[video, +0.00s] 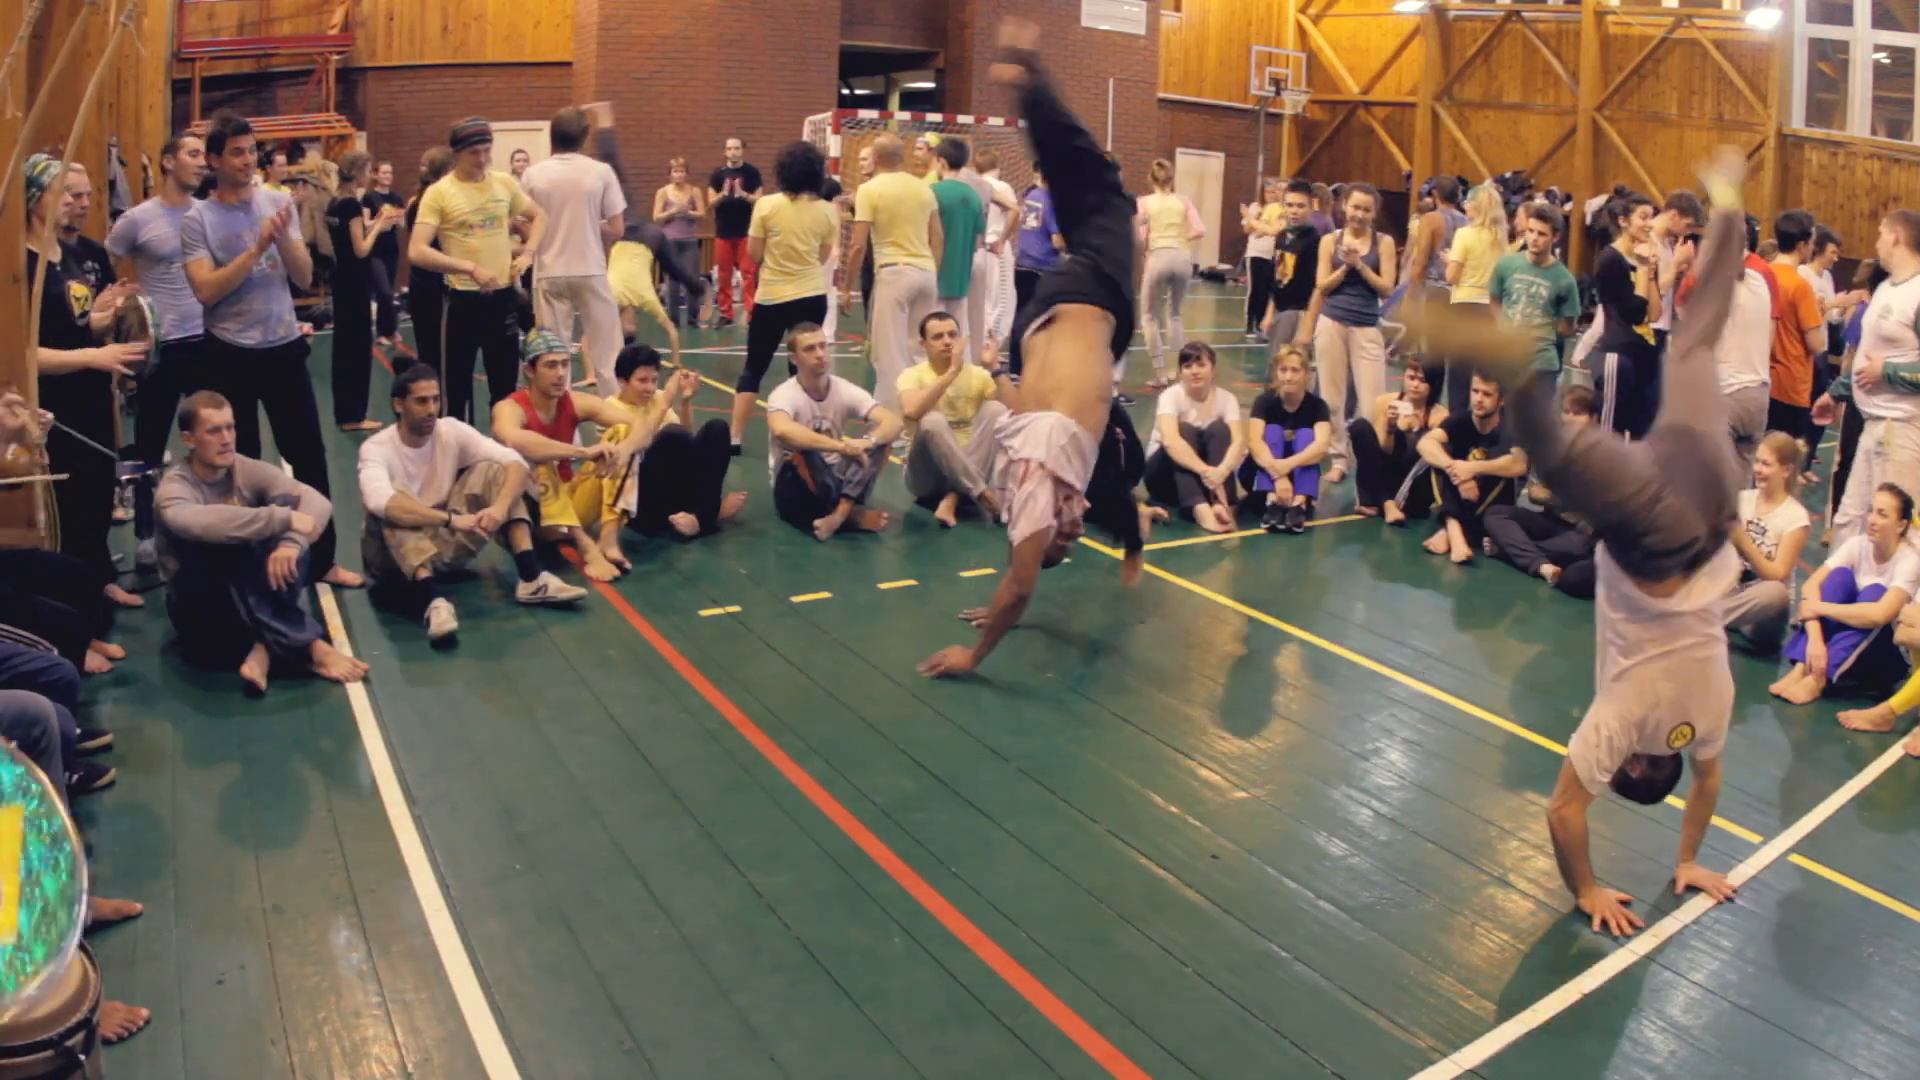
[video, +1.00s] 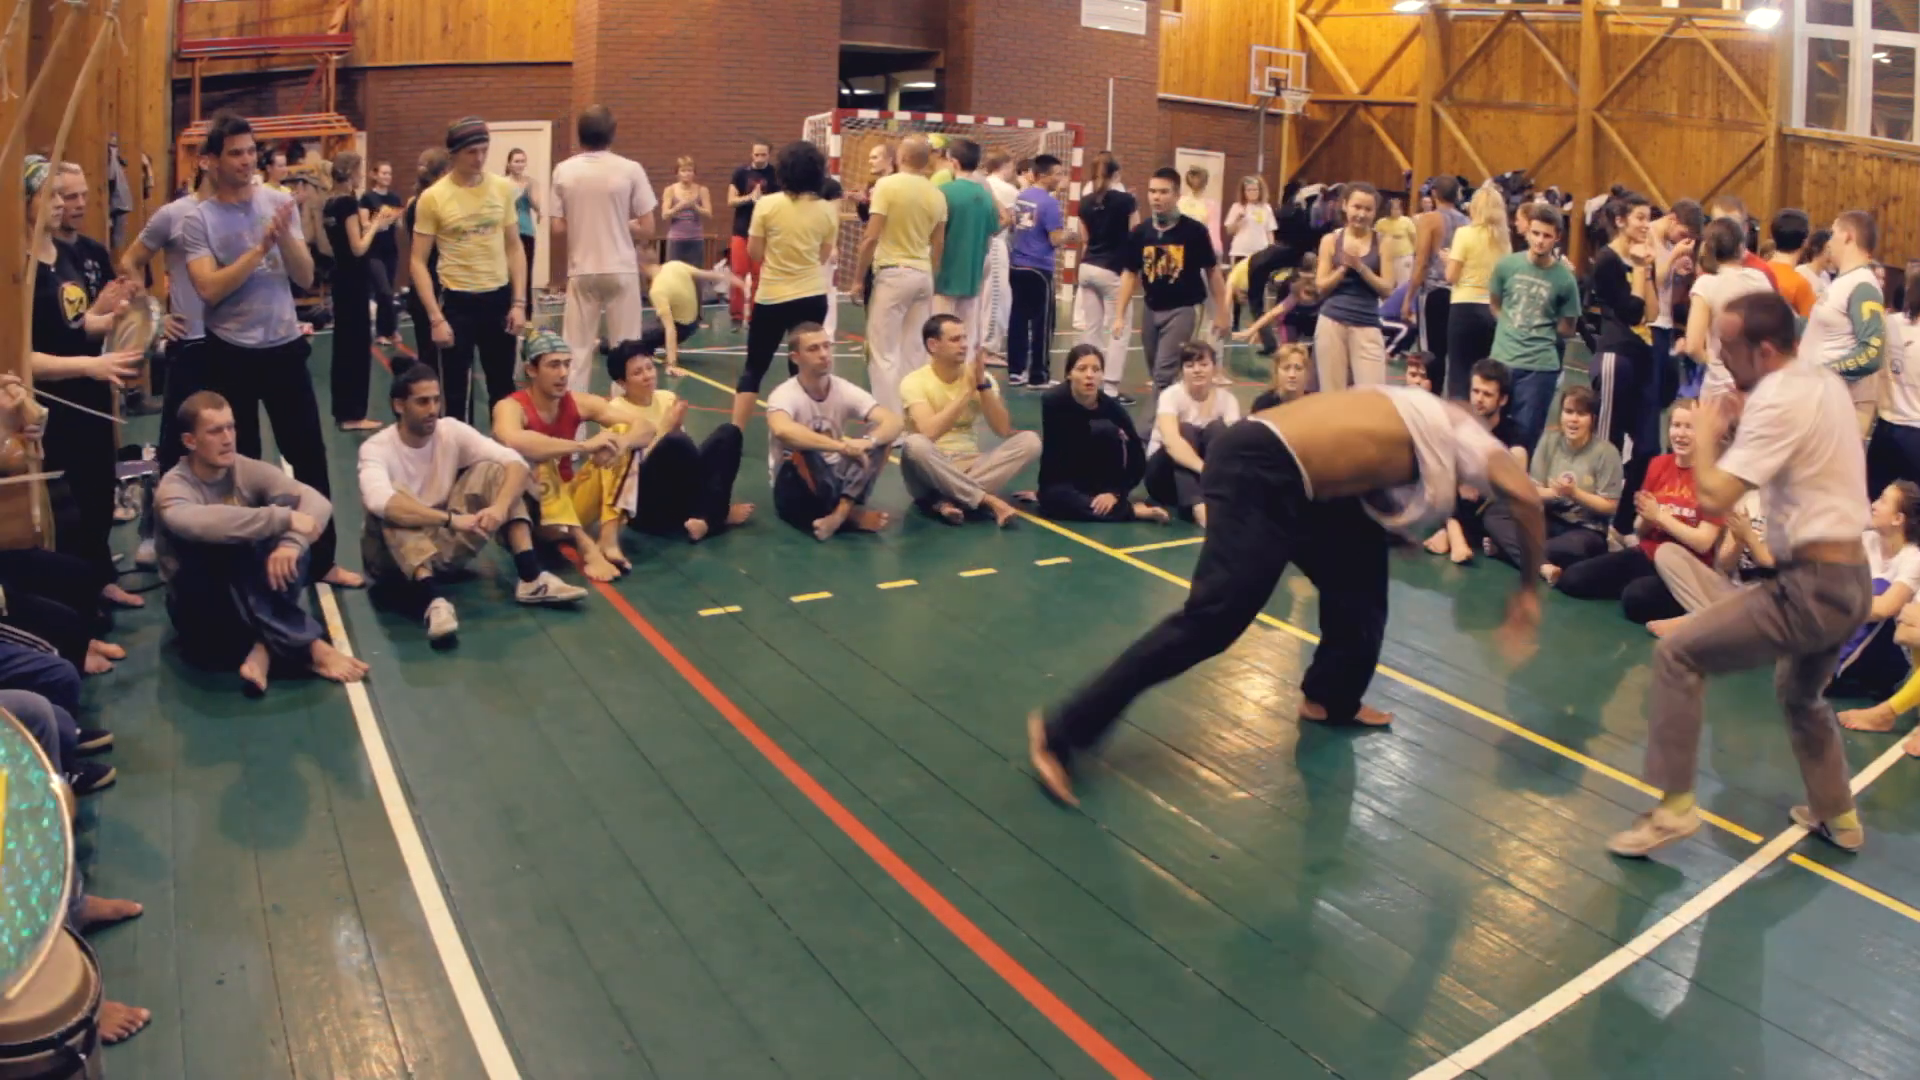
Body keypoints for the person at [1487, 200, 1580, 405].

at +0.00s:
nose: (1534, 239)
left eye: (1542, 234)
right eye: (1531, 231)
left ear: (1555, 238)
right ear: (1525, 231)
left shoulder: (1564, 280)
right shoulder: (1505, 265)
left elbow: (1566, 326)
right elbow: (1494, 303)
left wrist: (1534, 331)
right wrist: (1508, 332)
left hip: (1541, 358)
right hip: (1505, 353)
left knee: (1540, 428)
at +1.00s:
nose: (1540, 241)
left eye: (1547, 236)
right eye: (1536, 234)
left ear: (1557, 238)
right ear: (1526, 232)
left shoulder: (1565, 278)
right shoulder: (1505, 265)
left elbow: (1567, 328)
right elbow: (1495, 307)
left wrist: (1538, 331)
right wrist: (1515, 327)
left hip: (1540, 363)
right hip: (1502, 356)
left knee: (1524, 436)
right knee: (1491, 429)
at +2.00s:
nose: (1534, 242)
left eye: (1541, 236)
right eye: (1530, 234)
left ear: (1553, 239)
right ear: (1522, 234)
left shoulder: (1563, 280)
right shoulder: (1504, 266)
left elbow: (1568, 325)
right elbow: (1495, 303)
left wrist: (1540, 333)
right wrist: (1514, 326)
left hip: (1539, 361)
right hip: (1503, 355)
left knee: (1526, 432)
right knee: (1490, 425)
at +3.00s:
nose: (1534, 242)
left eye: (1541, 236)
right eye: (1530, 235)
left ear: (1553, 238)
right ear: (1522, 234)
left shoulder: (1563, 279)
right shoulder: (1505, 266)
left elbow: (1568, 325)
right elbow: (1496, 304)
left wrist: (1542, 334)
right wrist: (1515, 327)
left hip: (1541, 361)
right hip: (1504, 355)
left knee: (1527, 432)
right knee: (1493, 424)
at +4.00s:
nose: (1532, 241)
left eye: (1539, 236)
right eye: (1528, 234)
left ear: (1552, 238)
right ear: (1521, 234)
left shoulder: (1563, 278)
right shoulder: (1503, 266)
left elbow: (1566, 326)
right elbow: (1494, 306)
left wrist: (1540, 335)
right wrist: (1518, 327)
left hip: (1540, 360)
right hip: (1504, 355)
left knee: (1526, 431)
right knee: (1495, 425)